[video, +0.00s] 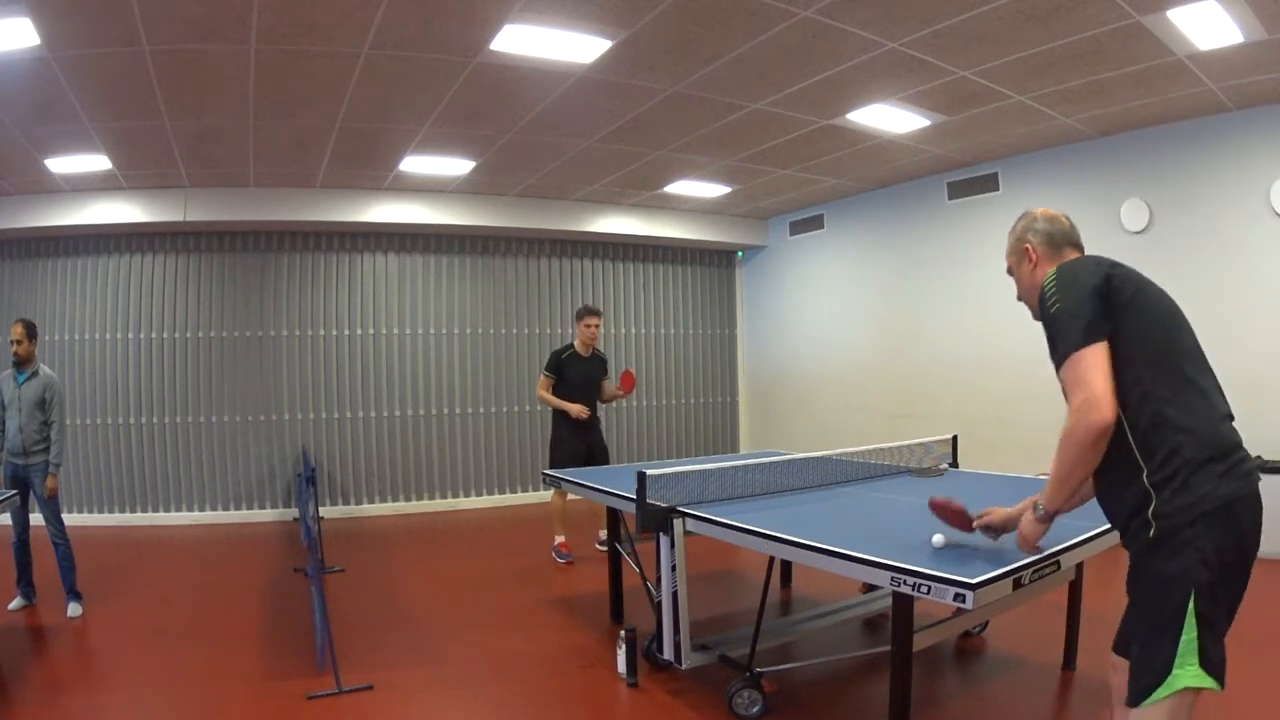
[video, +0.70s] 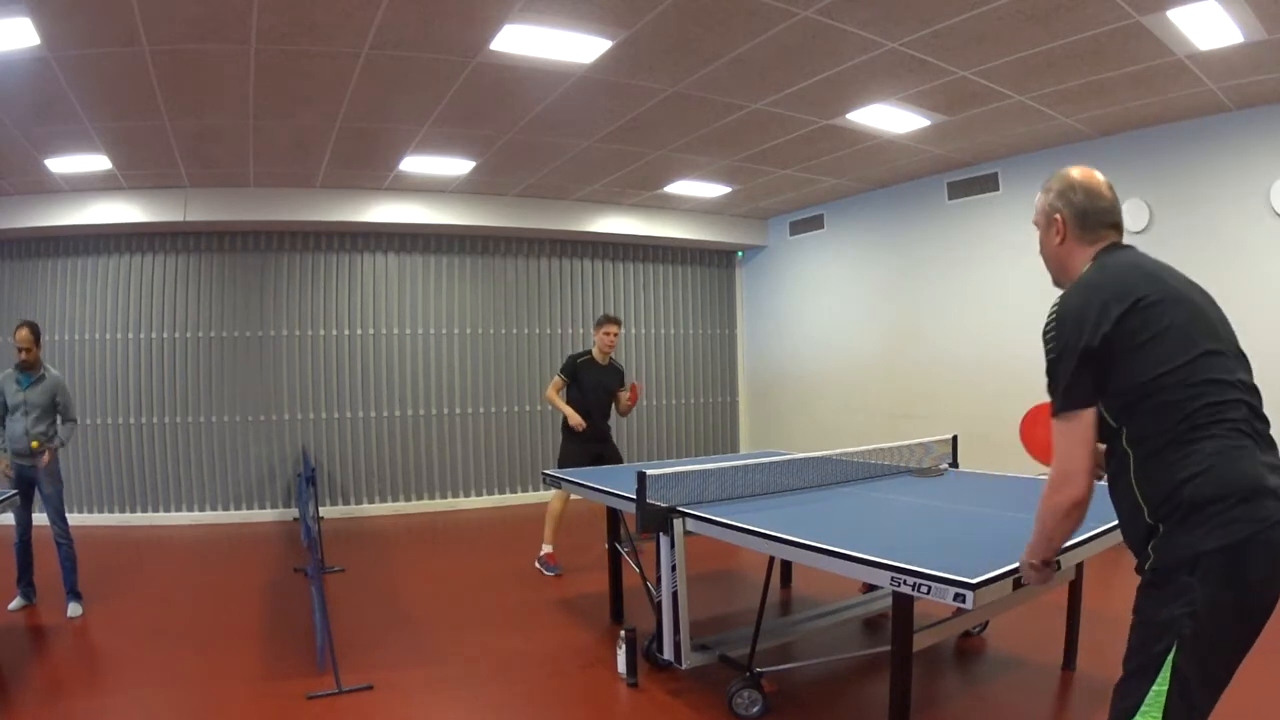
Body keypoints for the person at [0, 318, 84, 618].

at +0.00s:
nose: (14, 347)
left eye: (19, 342)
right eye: (11, 343)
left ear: (34, 344)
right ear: (10, 345)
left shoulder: (48, 380)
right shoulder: (5, 380)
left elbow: (57, 429)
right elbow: (2, 423)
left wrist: (53, 472)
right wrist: (2, 465)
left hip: (40, 465)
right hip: (12, 465)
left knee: (57, 533)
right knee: (19, 534)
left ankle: (73, 596)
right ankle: (26, 593)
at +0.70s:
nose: (22, 355)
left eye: (27, 349)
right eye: (18, 349)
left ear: (39, 346)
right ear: (13, 347)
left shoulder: (54, 381)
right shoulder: (5, 380)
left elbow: (70, 421)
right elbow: (2, 420)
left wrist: (55, 447)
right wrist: (2, 455)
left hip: (45, 461)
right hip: (15, 462)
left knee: (60, 530)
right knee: (22, 532)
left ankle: (73, 596)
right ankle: (25, 593)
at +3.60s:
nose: (17, 346)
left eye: (22, 340)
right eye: (14, 341)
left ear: (37, 343)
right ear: (14, 344)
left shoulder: (51, 382)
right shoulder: (7, 380)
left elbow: (62, 426)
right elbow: (4, 423)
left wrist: (37, 444)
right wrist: (4, 457)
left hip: (40, 465)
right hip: (11, 464)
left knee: (56, 531)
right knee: (20, 532)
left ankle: (72, 596)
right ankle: (26, 593)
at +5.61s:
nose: (20, 342)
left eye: (26, 337)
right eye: (18, 337)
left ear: (39, 342)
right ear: (15, 341)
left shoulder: (54, 384)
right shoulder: (6, 379)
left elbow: (64, 427)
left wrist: (50, 453)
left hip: (42, 464)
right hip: (12, 464)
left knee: (58, 533)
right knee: (19, 534)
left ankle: (73, 596)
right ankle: (26, 593)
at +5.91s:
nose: (18, 343)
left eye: (24, 338)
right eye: (16, 338)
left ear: (38, 343)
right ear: (14, 343)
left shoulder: (53, 384)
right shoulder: (6, 380)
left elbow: (61, 428)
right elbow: (4, 416)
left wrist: (42, 449)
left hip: (40, 464)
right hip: (11, 464)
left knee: (57, 533)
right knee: (19, 533)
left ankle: (72, 596)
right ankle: (26, 593)